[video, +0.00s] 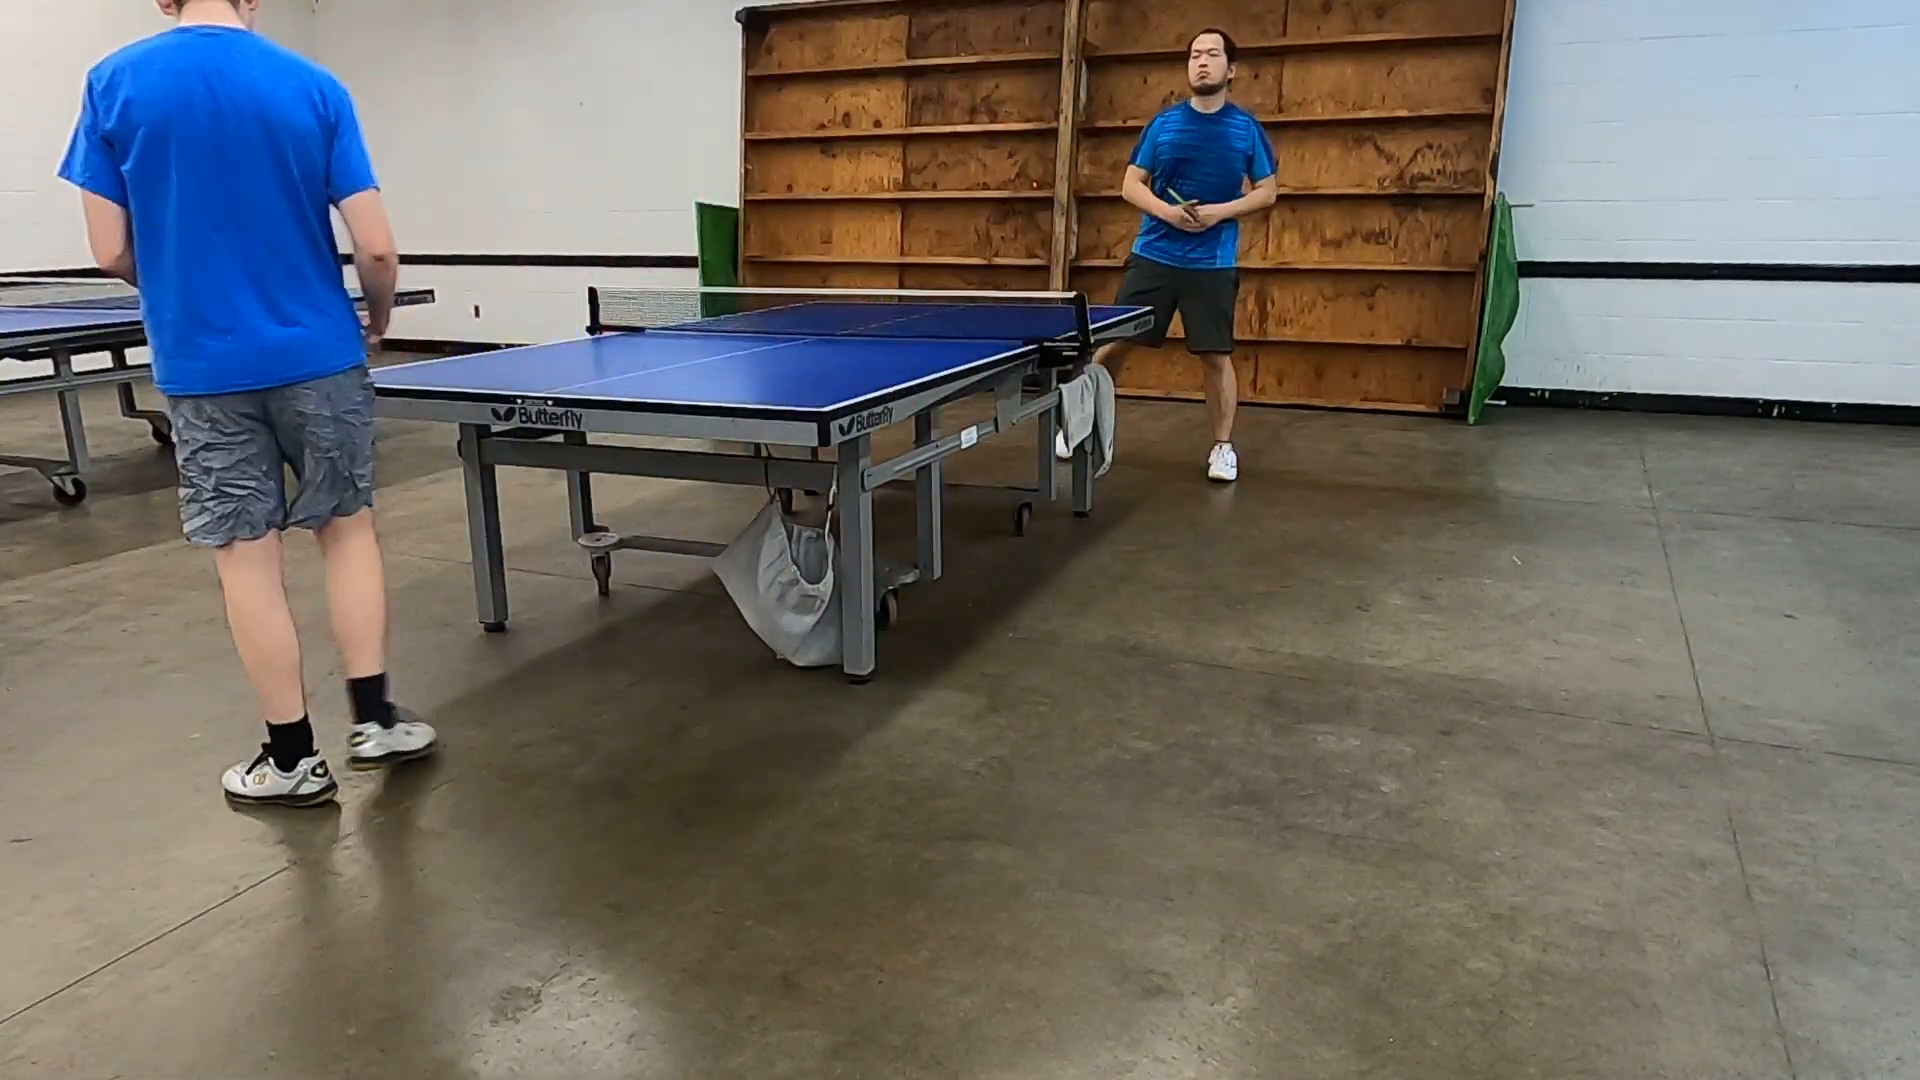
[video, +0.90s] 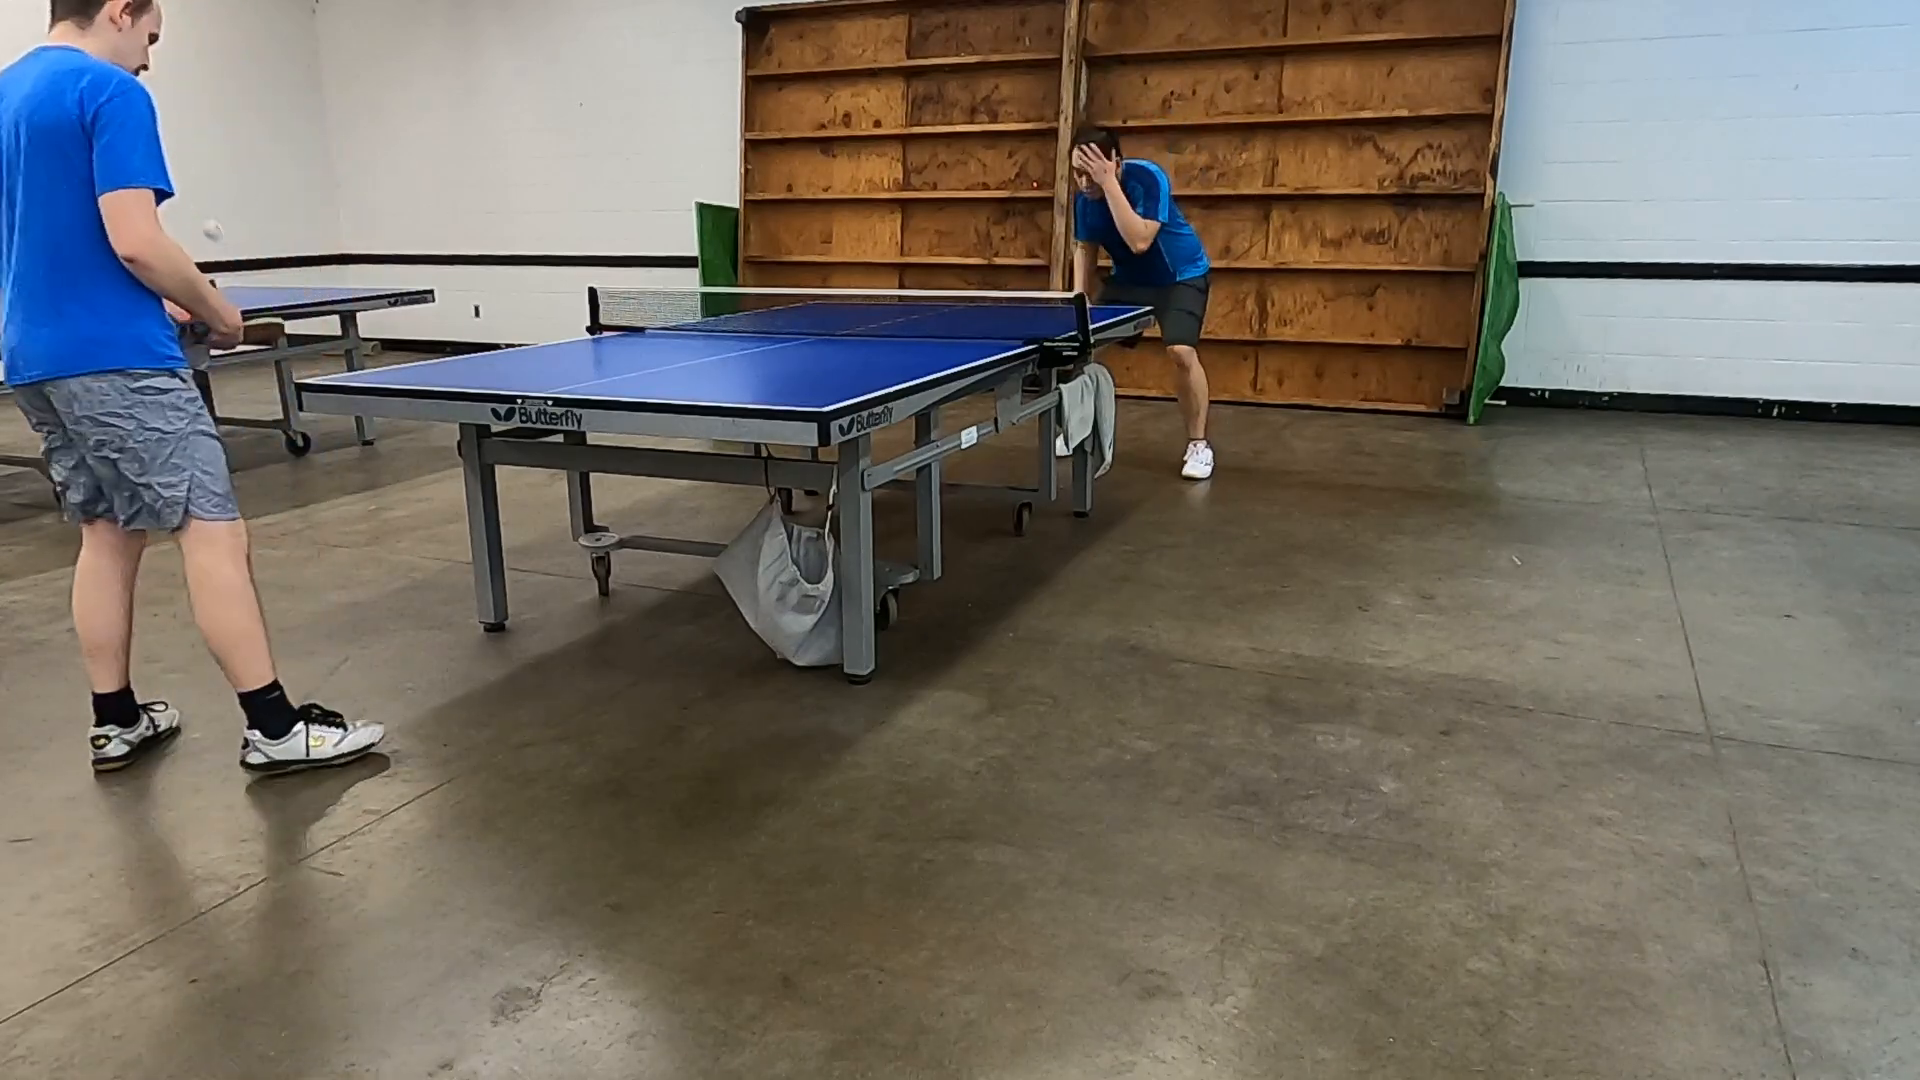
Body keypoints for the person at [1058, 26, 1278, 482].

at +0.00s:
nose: (1201, 62)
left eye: (1212, 55)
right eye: (1195, 56)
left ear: (1231, 68)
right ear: (1187, 68)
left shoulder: (1247, 128)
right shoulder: (1165, 122)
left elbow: (1267, 193)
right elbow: (1130, 185)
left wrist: (1219, 211)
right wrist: (1168, 212)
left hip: (1213, 264)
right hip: (1154, 257)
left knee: (1217, 357)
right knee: (1116, 343)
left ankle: (1222, 446)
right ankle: (1076, 418)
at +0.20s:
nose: (1155, 74)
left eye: (1166, 67)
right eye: (1150, 67)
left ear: (1186, 79)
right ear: (1143, 78)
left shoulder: (1205, 135)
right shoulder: (1127, 135)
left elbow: (1226, 196)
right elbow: (1099, 192)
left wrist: (1173, 195)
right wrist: (1110, 221)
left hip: (1182, 272)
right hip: (1124, 268)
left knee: (1196, 357)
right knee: (1092, 350)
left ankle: (1219, 445)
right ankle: (1083, 431)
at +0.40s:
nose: (1107, 86)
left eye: (1117, 78)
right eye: (1102, 79)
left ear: (1140, 84)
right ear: (1098, 88)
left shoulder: (1167, 133)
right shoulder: (1097, 143)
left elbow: (1177, 198)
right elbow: (1080, 202)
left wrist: (1128, 169)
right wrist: (1057, 246)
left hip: (1160, 272)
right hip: (1106, 270)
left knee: (1178, 355)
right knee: (1076, 351)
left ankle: (1207, 441)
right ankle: (1080, 431)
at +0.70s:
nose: (1081, 142)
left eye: (1088, 134)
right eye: (1075, 135)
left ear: (1110, 130)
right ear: (1070, 134)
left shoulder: (1144, 153)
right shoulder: (1085, 171)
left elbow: (1141, 215)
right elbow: (1080, 218)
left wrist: (1101, 162)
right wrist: (1053, 264)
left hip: (1174, 266)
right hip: (1123, 268)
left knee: (1178, 351)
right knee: (1084, 346)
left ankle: (1197, 443)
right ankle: (1079, 426)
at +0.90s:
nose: (1082, 179)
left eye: (1088, 170)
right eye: (1077, 172)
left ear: (1113, 162)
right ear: (1073, 168)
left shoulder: (1149, 178)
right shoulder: (1086, 199)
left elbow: (1140, 240)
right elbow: (1085, 253)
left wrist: (1109, 184)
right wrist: (1080, 304)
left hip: (1181, 275)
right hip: (1130, 278)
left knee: (1180, 351)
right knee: (1076, 344)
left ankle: (1197, 445)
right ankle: (1078, 427)